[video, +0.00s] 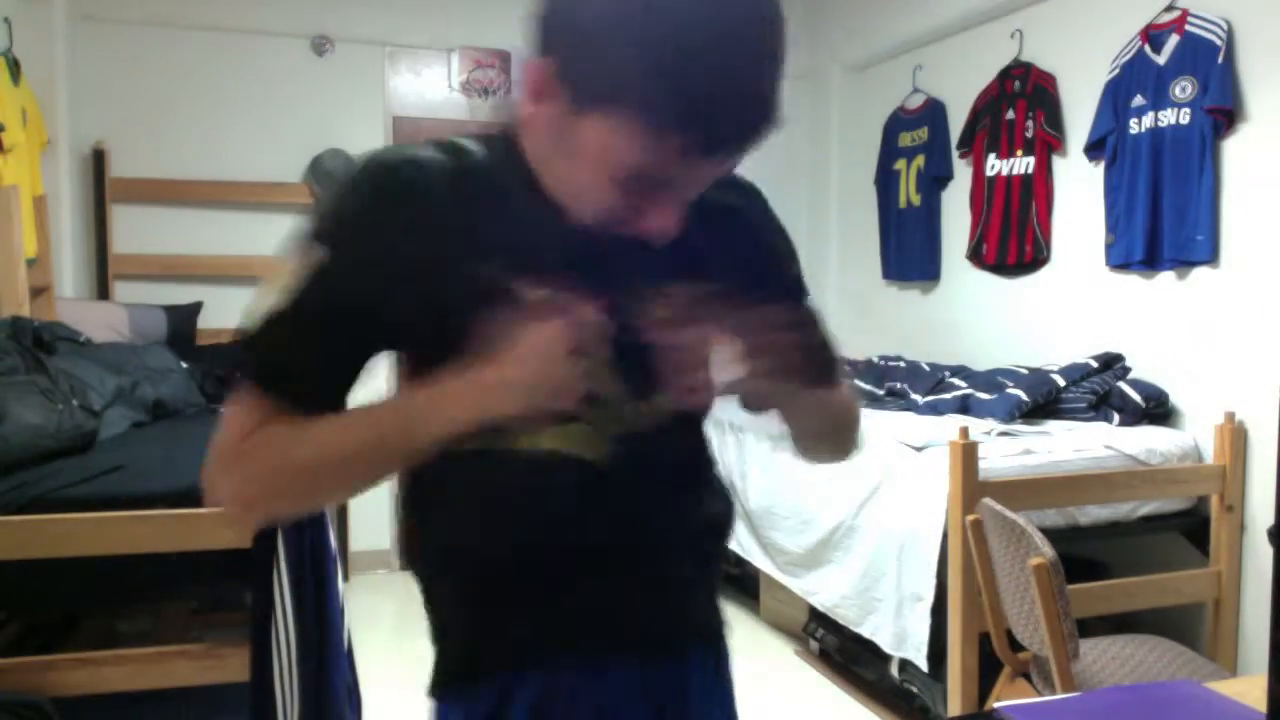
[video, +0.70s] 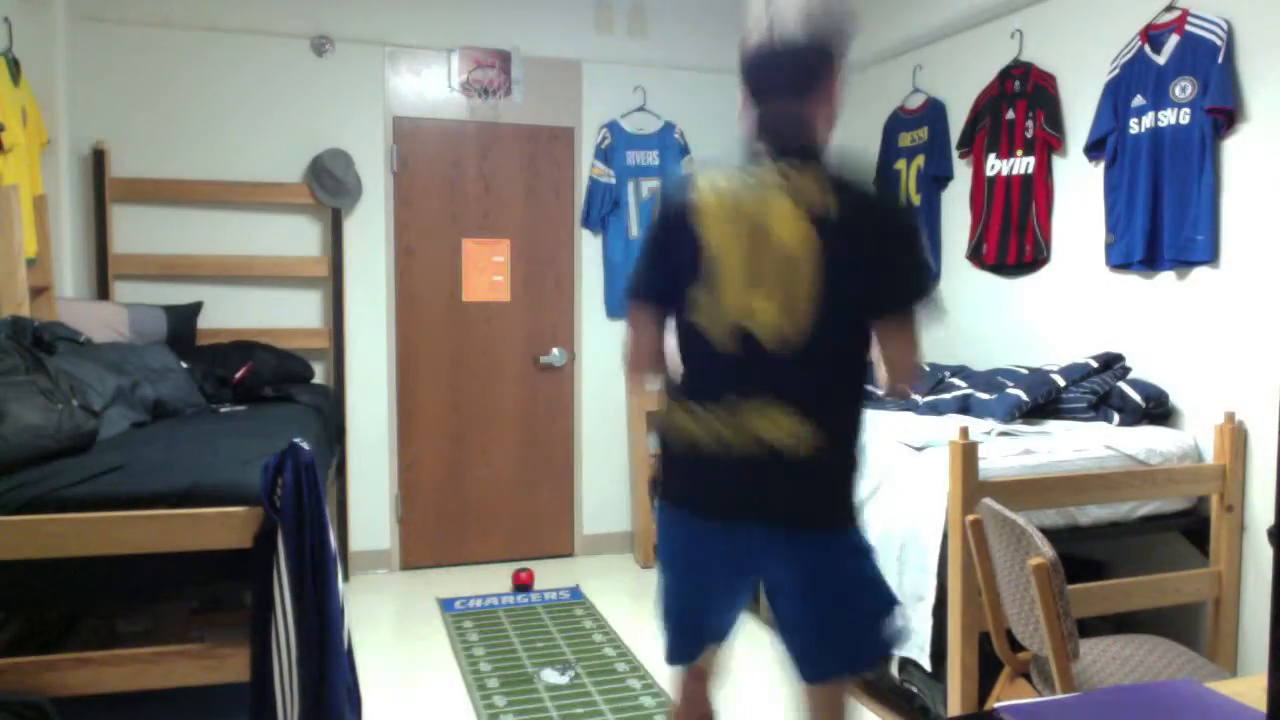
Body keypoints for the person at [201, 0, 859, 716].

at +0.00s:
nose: (666, 226)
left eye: (700, 192)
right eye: (640, 185)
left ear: (726, 151)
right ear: (540, 95)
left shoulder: (727, 218)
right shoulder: (411, 206)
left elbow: (836, 436)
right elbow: (242, 480)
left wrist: (774, 378)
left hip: (681, 667)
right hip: (501, 678)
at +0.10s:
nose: (697, 205)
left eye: (724, 170)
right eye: (675, 164)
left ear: (748, 145)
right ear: (578, 93)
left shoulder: (739, 234)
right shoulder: (448, 217)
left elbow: (817, 443)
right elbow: (267, 460)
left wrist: (843, 381)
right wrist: (479, 394)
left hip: (687, 673)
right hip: (515, 678)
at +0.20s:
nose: (795, 178)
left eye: (802, 147)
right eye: (778, 144)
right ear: (685, 105)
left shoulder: (765, 250)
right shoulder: (518, 235)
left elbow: (861, 428)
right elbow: (330, 419)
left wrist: (826, 394)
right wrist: (472, 404)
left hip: (717, 672)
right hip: (562, 678)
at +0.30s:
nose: (830, 174)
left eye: (836, 143)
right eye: (822, 140)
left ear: (758, 118)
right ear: (747, 115)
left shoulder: (777, 258)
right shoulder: (555, 243)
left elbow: (841, 401)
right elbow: (358, 364)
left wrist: (918, 419)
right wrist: (498, 408)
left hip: (742, 676)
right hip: (600, 682)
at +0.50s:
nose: (845, 110)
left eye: (843, 90)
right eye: (837, 89)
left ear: (788, 88)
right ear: (800, 84)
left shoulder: (768, 208)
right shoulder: (728, 224)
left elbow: (762, 342)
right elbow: (696, 408)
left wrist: (814, 256)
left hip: (771, 529)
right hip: (724, 539)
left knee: (786, 701)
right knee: (738, 704)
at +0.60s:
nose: (859, 72)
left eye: (857, 53)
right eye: (856, 51)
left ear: (755, 55)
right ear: (827, 49)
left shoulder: (694, 163)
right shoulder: (847, 163)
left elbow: (651, 329)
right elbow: (868, 347)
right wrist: (808, 311)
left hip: (689, 476)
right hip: (789, 480)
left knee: (715, 669)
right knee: (801, 684)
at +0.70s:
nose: (834, 105)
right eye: (834, 90)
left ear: (746, 100)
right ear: (829, 97)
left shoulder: (689, 206)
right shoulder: (868, 217)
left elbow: (641, 352)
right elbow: (904, 374)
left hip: (699, 496)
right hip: (809, 499)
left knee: (691, 674)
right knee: (828, 692)